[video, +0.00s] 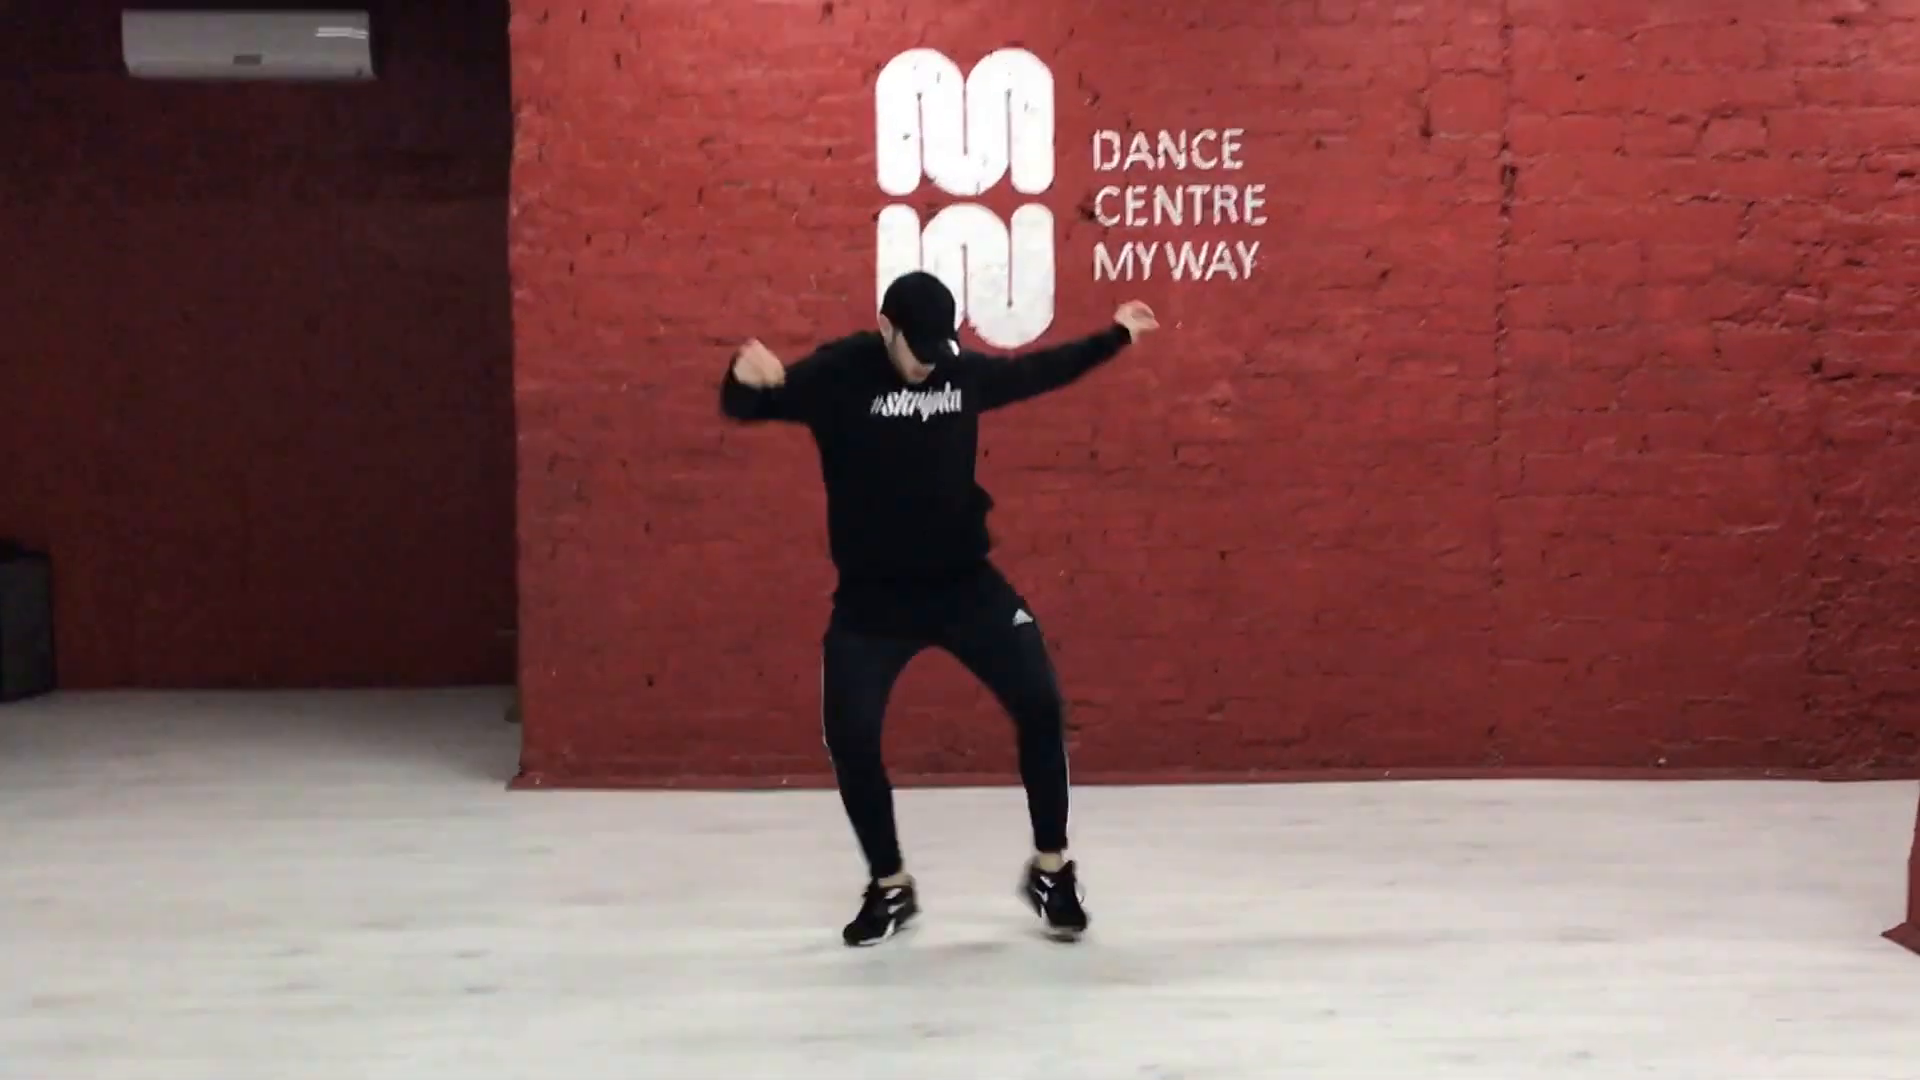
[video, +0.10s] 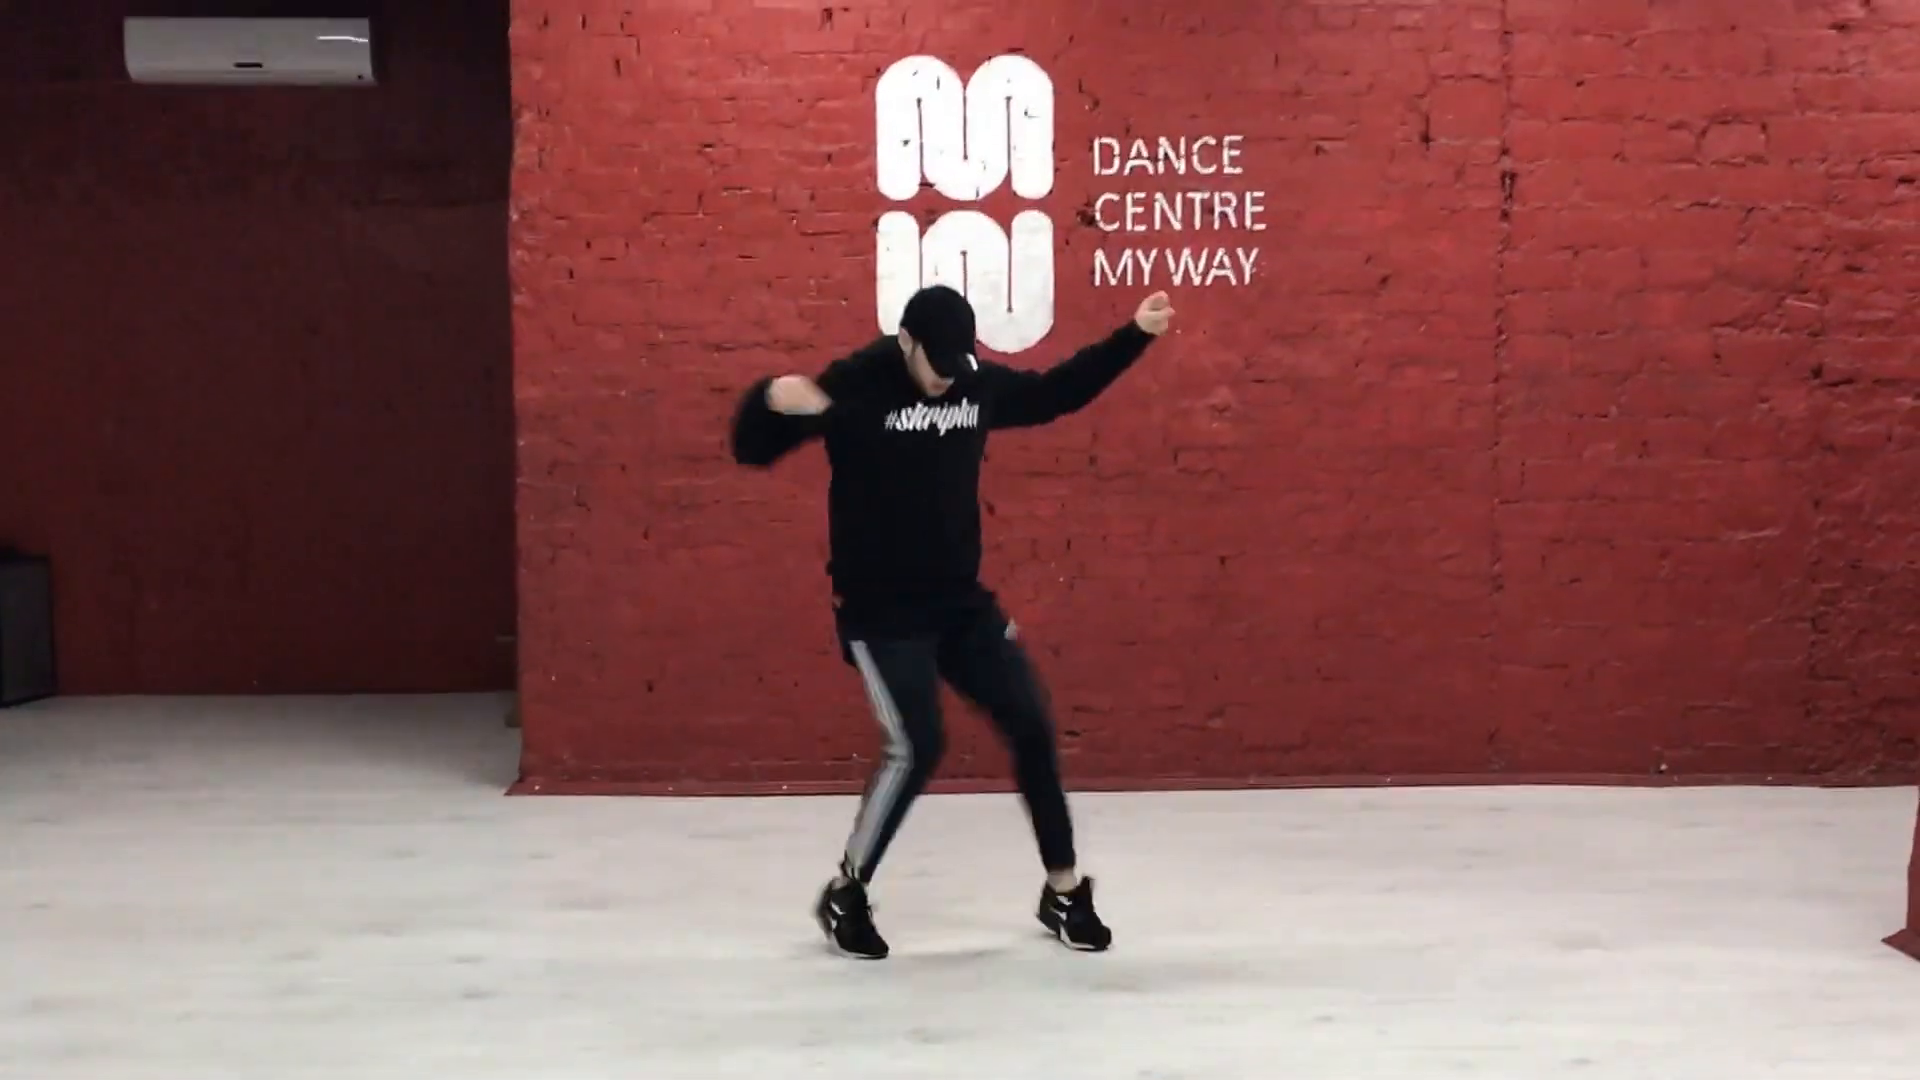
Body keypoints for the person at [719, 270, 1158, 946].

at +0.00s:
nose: (928, 367)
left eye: (938, 355)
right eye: (918, 353)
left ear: (949, 338)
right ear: (887, 329)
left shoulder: (964, 374)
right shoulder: (837, 373)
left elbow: (1036, 371)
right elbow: (743, 407)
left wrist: (1114, 336)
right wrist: (744, 382)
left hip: (965, 588)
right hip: (874, 595)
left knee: (1041, 707)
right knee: (849, 737)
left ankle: (1051, 867)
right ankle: (890, 884)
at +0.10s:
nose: (947, 380)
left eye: (957, 368)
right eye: (938, 366)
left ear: (967, 351)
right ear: (907, 343)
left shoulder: (975, 386)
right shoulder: (854, 384)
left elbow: (1055, 392)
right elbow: (753, 446)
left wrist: (1135, 334)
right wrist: (767, 400)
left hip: (957, 602)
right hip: (879, 609)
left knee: (1031, 723)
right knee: (915, 746)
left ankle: (1064, 890)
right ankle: (846, 892)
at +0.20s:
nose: (951, 412)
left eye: (962, 400)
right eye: (941, 399)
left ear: (976, 377)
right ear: (915, 372)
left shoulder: (987, 404)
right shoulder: (871, 405)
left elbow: (1049, 375)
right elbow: (808, 443)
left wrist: (1090, 356)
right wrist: (849, 353)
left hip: (944, 620)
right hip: (864, 622)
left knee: (1012, 750)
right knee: (930, 758)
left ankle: (1057, 899)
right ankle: (842, 903)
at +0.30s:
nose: (927, 414)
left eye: (938, 404)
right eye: (916, 402)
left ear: (953, 386)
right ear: (893, 378)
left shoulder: (964, 413)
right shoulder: (858, 399)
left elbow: (1048, 461)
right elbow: (852, 468)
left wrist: (1064, 530)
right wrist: (946, 467)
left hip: (928, 621)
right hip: (844, 623)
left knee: (1008, 714)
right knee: (893, 757)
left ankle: (985, 861)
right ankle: (833, 916)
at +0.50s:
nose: (882, 448)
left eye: (892, 437)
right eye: (871, 438)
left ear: (909, 414)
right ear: (847, 415)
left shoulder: (935, 444)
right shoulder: (803, 455)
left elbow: (1018, 516)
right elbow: (690, 494)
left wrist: (961, 514)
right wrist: (684, 570)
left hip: (916, 652)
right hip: (846, 650)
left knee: (835, 796)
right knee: (879, 783)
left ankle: (720, 872)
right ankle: (874, 916)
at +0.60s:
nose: (873, 415)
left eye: (884, 402)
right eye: (862, 403)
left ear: (900, 390)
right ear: (841, 393)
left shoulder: (934, 421)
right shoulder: (811, 443)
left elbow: (1021, 460)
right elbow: (718, 483)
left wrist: (951, 502)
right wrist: (757, 534)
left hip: (920, 639)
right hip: (848, 639)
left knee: (858, 779)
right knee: (871, 774)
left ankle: (734, 864)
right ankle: (873, 913)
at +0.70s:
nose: (881, 346)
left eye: (892, 333)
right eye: (868, 334)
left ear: (913, 334)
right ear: (849, 337)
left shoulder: (957, 401)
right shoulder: (829, 427)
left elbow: (1000, 494)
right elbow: (812, 542)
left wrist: (1016, 596)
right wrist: (860, 614)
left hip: (935, 605)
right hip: (861, 613)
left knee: (931, 759)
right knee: (879, 756)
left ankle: (841, 841)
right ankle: (867, 906)